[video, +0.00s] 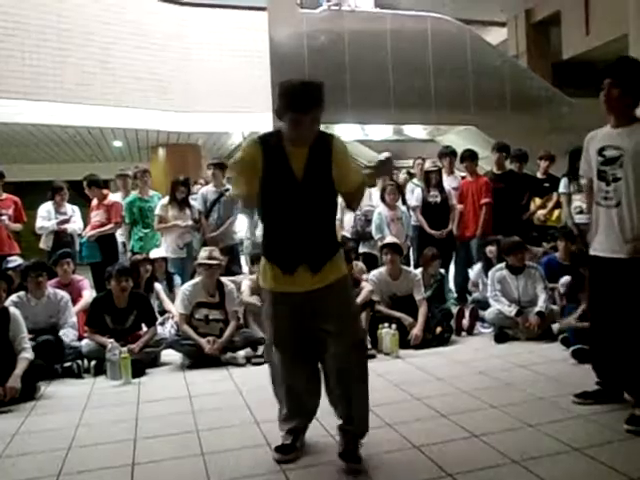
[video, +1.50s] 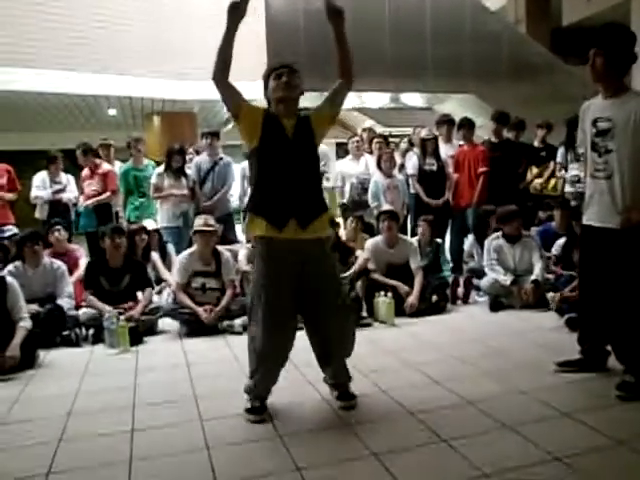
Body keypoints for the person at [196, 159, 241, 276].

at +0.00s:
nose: (213, 173)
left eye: (216, 170)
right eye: (211, 170)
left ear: (224, 173)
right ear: (209, 173)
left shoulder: (232, 191)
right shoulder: (203, 192)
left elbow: (235, 216)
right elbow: (202, 215)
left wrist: (218, 234)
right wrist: (208, 235)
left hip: (229, 241)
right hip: (210, 241)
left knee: (233, 275)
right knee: (210, 274)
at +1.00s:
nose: (208, 165)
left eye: (211, 162)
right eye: (205, 161)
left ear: (217, 164)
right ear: (201, 163)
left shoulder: (225, 185)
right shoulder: (196, 184)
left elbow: (226, 208)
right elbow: (193, 206)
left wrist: (210, 225)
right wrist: (200, 224)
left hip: (221, 233)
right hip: (201, 233)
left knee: (227, 267)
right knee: (201, 266)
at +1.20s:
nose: (206, 144)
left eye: (210, 140)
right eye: (204, 140)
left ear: (215, 142)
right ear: (200, 142)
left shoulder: (223, 163)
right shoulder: (195, 163)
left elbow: (225, 187)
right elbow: (192, 184)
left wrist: (208, 203)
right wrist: (199, 202)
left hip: (219, 212)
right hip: (200, 212)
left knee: (225, 246)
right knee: (200, 245)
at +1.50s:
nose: (209, 143)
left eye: (213, 139)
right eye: (207, 139)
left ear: (218, 142)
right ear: (202, 142)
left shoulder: (227, 162)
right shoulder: (197, 162)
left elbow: (228, 186)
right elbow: (194, 183)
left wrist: (212, 203)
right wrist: (202, 202)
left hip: (222, 210)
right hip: (203, 210)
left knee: (229, 244)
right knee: (203, 244)